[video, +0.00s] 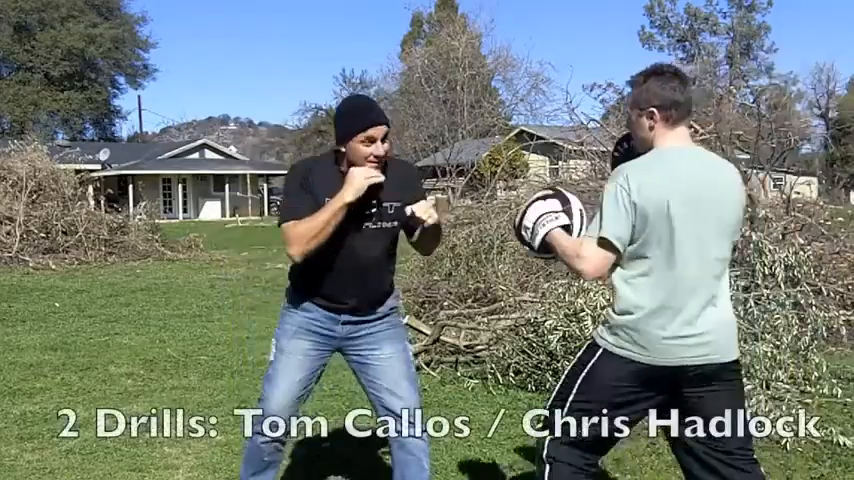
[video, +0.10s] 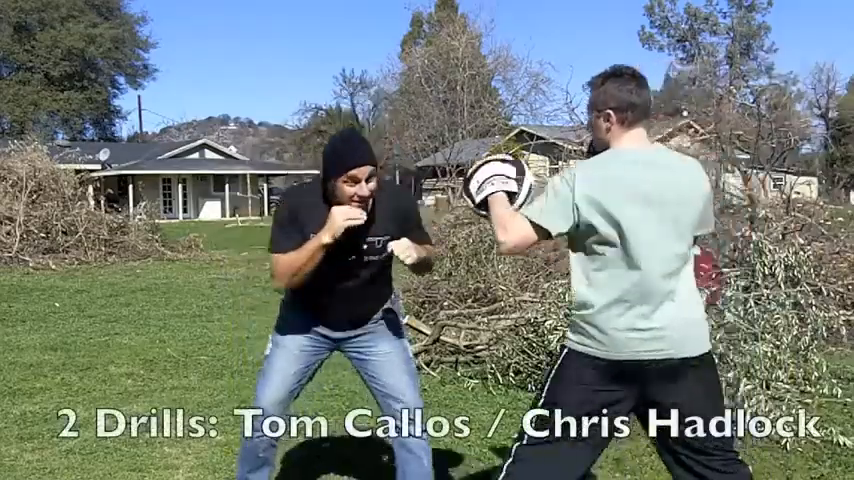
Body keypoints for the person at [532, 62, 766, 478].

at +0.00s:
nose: (629, 127)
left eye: (632, 116)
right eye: (629, 116)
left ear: (652, 117)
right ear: (684, 115)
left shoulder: (632, 176)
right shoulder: (729, 176)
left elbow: (593, 264)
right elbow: (705, 245)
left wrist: (549, 228)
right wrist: (642, 166)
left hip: (633, 348)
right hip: (713, 351)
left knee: (566, 447)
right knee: (732, 464)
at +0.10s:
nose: (589, 128)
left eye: (591, 117)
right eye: (589, 117)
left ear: (609, 118)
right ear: (644, 114)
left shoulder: (584, 178)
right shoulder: (692, 174)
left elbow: (511, 236)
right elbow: (695, 238)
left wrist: (495, 189)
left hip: (598, 352)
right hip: (684, 352)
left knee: (544, 460)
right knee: (714, 462)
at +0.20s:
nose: (549, 152)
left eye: (549, 143)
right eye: (550, 143)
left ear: (562, 145)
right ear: (602, 140)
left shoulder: (539, 195)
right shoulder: (652, 192)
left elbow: (452, 201)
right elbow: (663, 254)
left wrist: (415, 164)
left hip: (571, 368)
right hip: (655, 367)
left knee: (505, 465)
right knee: (694, 462)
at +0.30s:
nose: (525, 172)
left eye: (525, 163)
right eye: (525, 163)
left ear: (540, 162)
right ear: (578, 153)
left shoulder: (528, 209)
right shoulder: (637, 208)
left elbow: (452, 213)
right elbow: (642, 267)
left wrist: (413, 194)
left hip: (563, 374)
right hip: (644, 375)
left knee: (485, 462)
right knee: (675, 461)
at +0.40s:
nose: (533, 159)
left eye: (535, 151)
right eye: (532, 150)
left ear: (556, 156)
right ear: (592, 149)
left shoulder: (538, 207)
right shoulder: (644, 202)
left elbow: (459, 251)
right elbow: (652, 262)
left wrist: (455, 233)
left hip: (564, 376)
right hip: (649, 375)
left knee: (491, 464)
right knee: (679, 469)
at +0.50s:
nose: (568, 141)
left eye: (570, 132)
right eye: (567, 131)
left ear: (594, 133)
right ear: (626, 127)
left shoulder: (576, 189)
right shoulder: (672, 184)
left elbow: (515, 273)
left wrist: (497, 288)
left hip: (590, 358)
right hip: (672, 356)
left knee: (524, 468)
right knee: (700, 470)